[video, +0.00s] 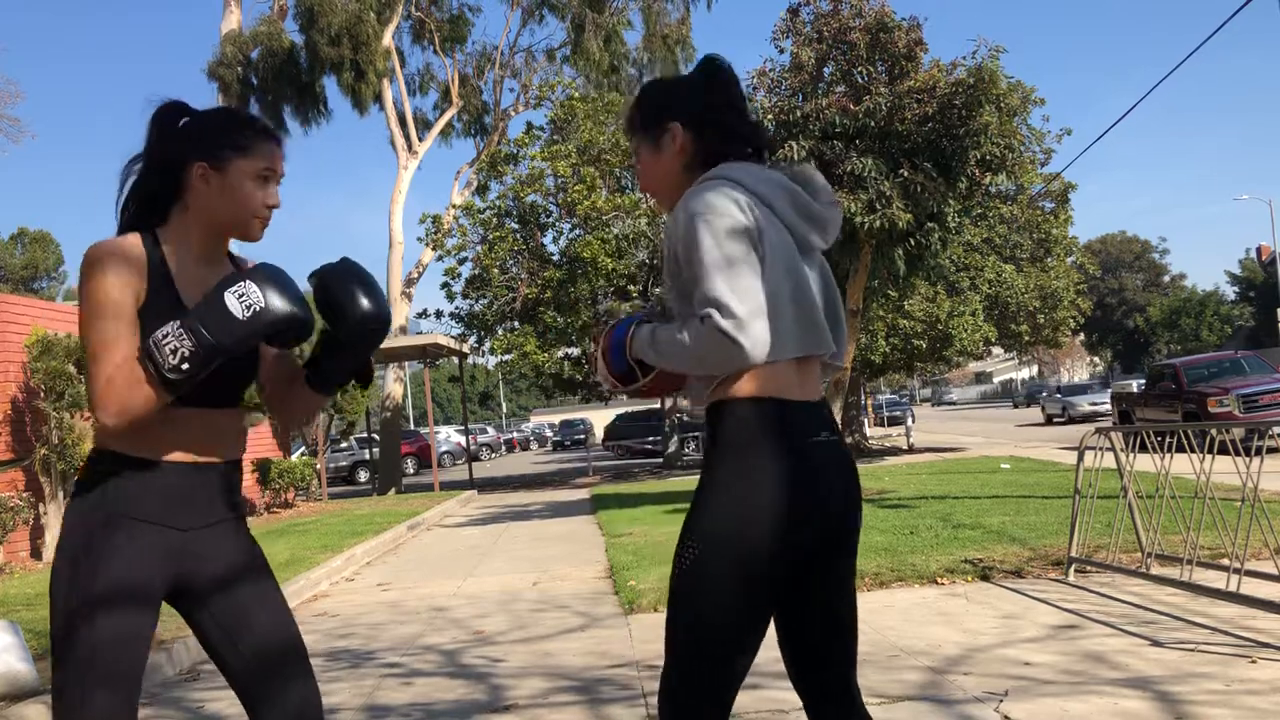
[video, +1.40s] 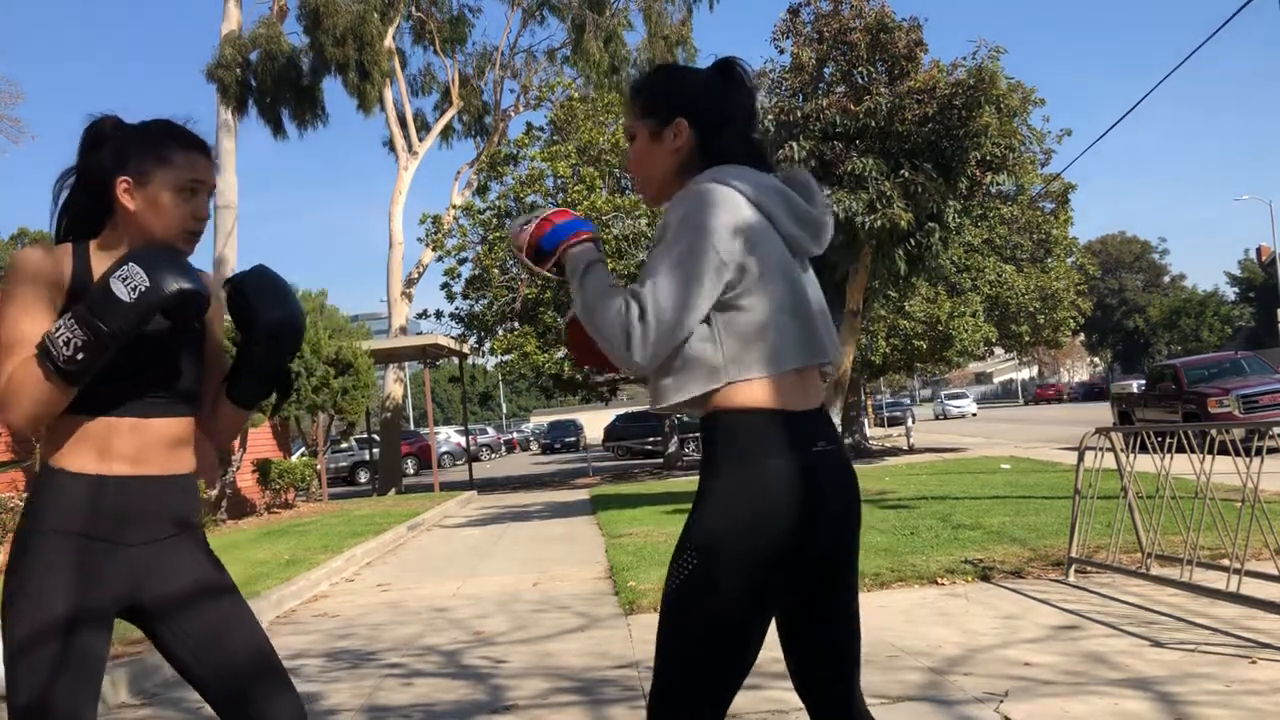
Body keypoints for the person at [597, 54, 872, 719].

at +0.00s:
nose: (638, 176)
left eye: (639, 155)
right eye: (634, 159)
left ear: (677, 139)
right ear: (690, 134)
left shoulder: (710, 205)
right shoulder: (779, 203)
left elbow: (735, 336)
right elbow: (821, 348)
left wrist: (636, 339)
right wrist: (687, 374)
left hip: (751, 467)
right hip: (821, 461)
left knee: (691, 700)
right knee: (833, 693)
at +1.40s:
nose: (626, 160)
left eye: (632, 140)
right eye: (627, 142)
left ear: (676, 135)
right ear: (679, 136)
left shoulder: (708, 203)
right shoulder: (765, 202)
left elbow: (639, 343)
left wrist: (577, 252)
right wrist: (623, 353)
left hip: (750, 477)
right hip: (820, 469)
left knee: (682, 704)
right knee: (836, 697)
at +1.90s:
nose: (681, 175)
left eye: (686, 151)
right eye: (676, 154)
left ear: (724, 141)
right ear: (742, 139)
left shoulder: (762, 201)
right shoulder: (809, 206)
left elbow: (629, 246)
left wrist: (664, 141)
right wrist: (659, 142)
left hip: (779, 480)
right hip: (836, 473)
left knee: (689, 705)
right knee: (836, 698)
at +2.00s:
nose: (677, 175)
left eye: (682, 153)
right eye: (673, 154)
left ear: (716, 144)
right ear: (758, 143)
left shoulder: (749, 200)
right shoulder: (808, 205)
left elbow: (617, 240)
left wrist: (661, 140)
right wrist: (659, 134)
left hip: (767, 482)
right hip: (833, 477)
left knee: (681, 706)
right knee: (836, 701)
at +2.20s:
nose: (629, 187)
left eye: (629, 166)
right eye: (624, 169)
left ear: (665, 146)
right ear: (694, 139)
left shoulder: (699, 202)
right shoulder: (778, 207)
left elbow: (567, 283)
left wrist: (572, 165)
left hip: (746, 473)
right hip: (822, 469)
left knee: (679, 703)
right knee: (840, 697)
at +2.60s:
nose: (663, 192)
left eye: (661, 170)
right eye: (655, 175)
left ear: (703, 147)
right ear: (709, 145)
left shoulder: (753, 202)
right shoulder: (818, 208)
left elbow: (698, 333)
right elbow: (717, 364)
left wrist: (626, 244)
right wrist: (644, 281)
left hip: (771, 478)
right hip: (840, 473)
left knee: (705, 705)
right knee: (844, 699)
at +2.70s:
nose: (672, 195)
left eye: (671, 171)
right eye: (664, 176)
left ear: (713, 146)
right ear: (725, 142)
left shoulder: (760, 200)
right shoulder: (824, 209)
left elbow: (653, 292)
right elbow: (675, 315)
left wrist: (633, 179)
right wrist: (635, 200)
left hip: (778, 474)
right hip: (844, 470)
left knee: (713, 703)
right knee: (842, 697)